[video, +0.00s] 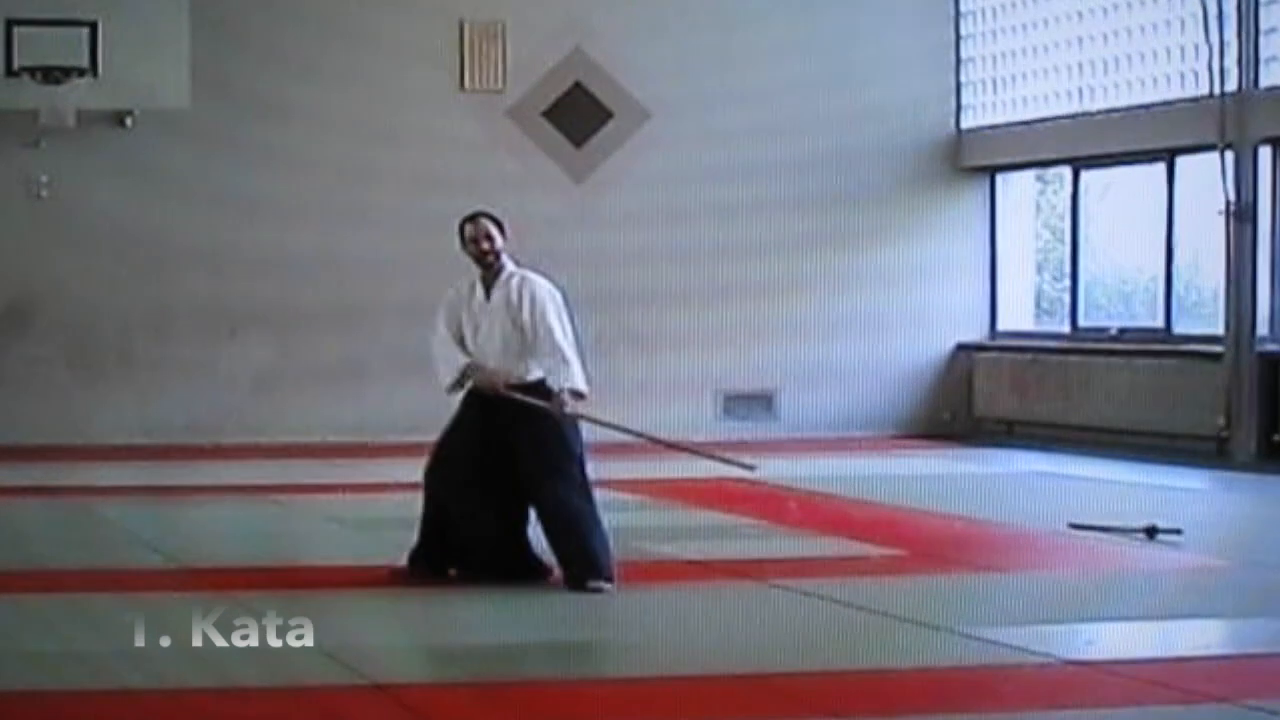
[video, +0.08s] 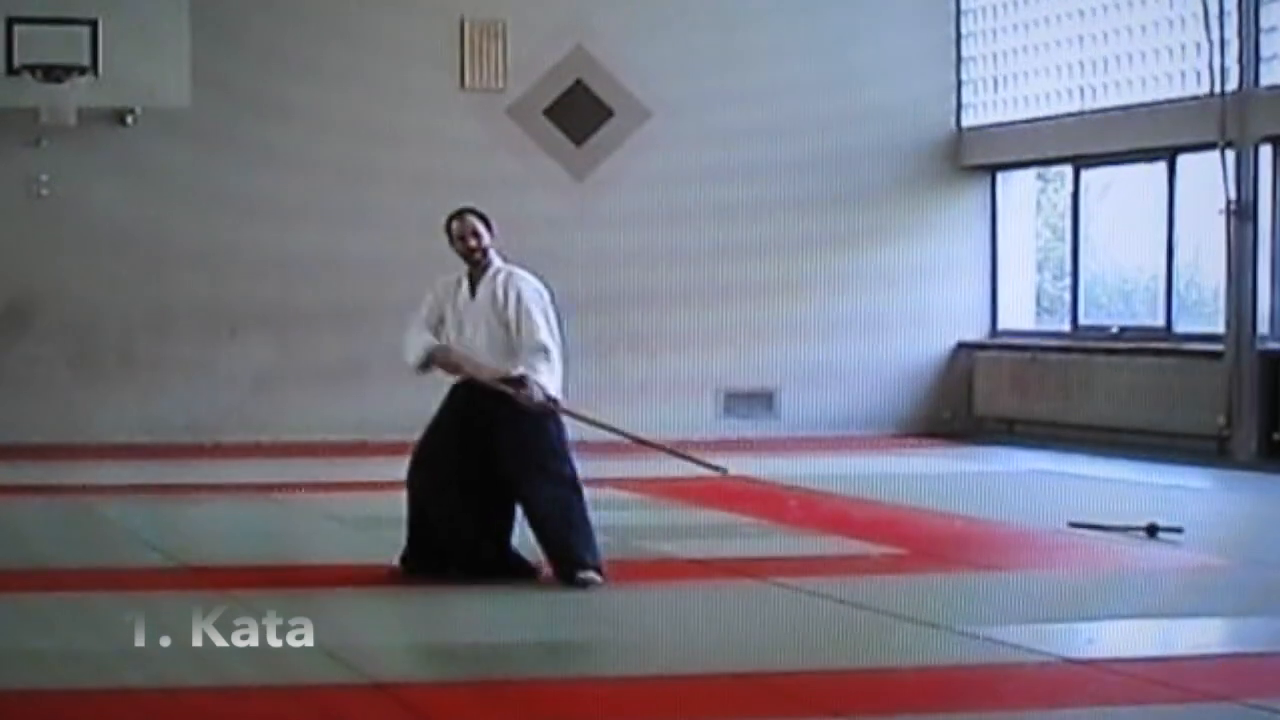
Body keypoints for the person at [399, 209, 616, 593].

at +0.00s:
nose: (483, 246)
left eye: (488, 237)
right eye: (474, 242)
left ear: (503, 239)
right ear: (466, 251)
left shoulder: (533, 289)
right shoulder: (459, 298)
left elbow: (557, 339)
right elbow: (443, 346)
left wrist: (568, 385)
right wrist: (472, 374)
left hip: (537, 396)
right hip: (484, 399)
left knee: (559, 484)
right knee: (445, 474)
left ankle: (589, 570)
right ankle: (430, 563)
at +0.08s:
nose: (470, 243)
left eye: (475, 234)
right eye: (460, 239)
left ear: (490, 236)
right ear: (453, 248)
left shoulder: (520, 286)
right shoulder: (446, 293)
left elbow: (542, 346)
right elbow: (416, 337)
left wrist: (536, 383)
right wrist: (438, 355)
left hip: (521, 397)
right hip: (470, 396)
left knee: (546, 479)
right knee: (431, 468)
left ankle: (578, 563)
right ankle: (427, 557)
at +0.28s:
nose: (439, 243)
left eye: (444, 233)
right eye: (430, 238)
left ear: (459, 232)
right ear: (424, 244)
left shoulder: (488, 282)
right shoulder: (423, 280)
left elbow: (504, 343)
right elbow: (373, 285)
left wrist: (466, 330)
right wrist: (379, 270)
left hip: (485, 389)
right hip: (439, 386)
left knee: (491, 479)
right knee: (412, 471)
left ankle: (534, 560)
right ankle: (430, 562)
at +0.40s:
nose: (434, 245)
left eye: (439, 235)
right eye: (425, 240)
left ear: (454, 235)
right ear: (419, 245)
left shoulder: (485, 277)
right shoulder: (418, 274)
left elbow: (495, 317)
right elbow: (375, 242)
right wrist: (403, 226)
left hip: (482, 389)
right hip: (435, 385)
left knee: (475, 477)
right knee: (405, 470)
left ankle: (490, 566)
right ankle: (413, 563)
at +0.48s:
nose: (440, 247)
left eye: (445, 237)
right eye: (431, 241)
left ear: (459, 237)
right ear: (423, 246)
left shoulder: (486, 278)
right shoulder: (424, 275)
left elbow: (498, 315)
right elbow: (390, 240)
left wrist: (472, 271)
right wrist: (407, 219)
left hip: (486, 387)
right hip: (441, 384)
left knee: (483, 474)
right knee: (409, 470)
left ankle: (495, 560)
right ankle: (416, 559)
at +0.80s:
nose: (453, 247)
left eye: (459, 238)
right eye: (445, 241)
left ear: (473, 239)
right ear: (437, 249)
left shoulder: (504, 278)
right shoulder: (438, 277)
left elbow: (506, 314)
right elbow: (408, 251)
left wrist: (488, 270)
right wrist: (397, 217)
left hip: (512, 389)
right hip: (466, 389)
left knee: (502, 482)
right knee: (435, 478)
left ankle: (505, 558)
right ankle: (430, 560)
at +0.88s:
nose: (459, 244)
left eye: (464, 234)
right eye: (448, 240)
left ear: (480, 235)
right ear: (443, 248)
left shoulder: (512, 282)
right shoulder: (442, 279)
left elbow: (511, 326)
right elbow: (405, 257)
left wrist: (491, 279)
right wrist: (384, 222)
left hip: (517, 390)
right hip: (471, 388)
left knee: (506, 479)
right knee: (440, 476)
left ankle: (508, 559)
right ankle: (436, 560)